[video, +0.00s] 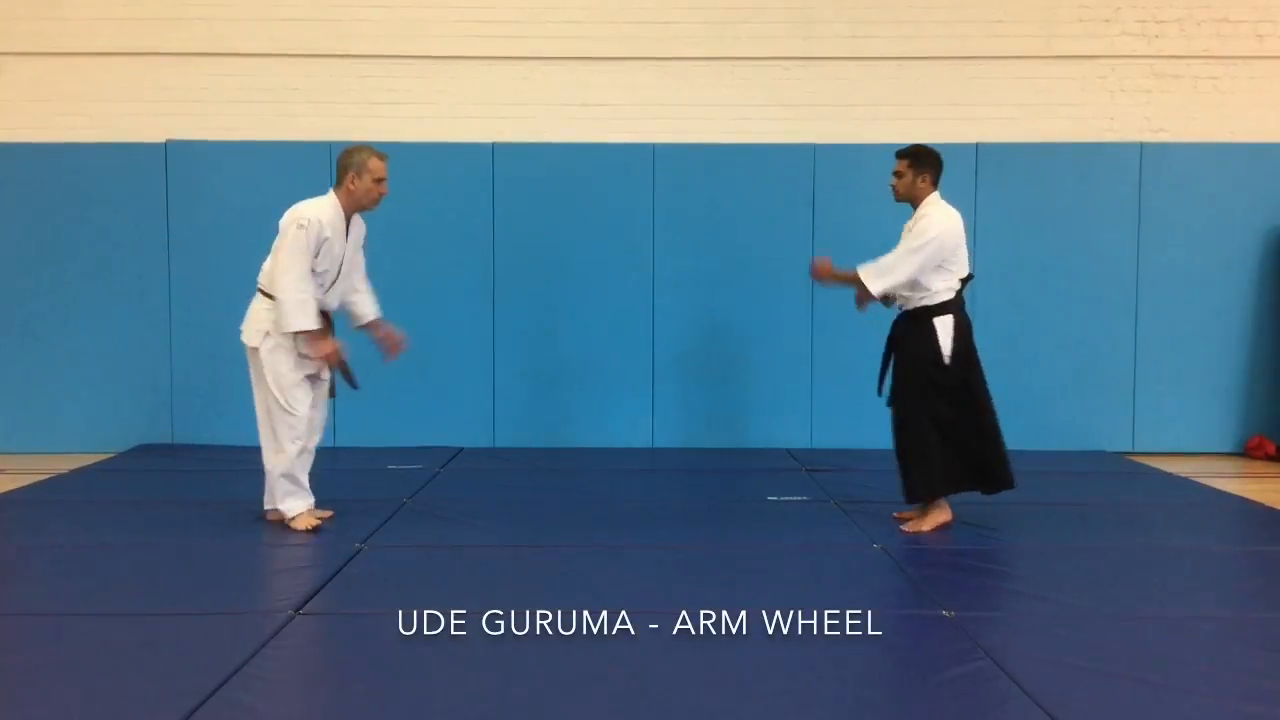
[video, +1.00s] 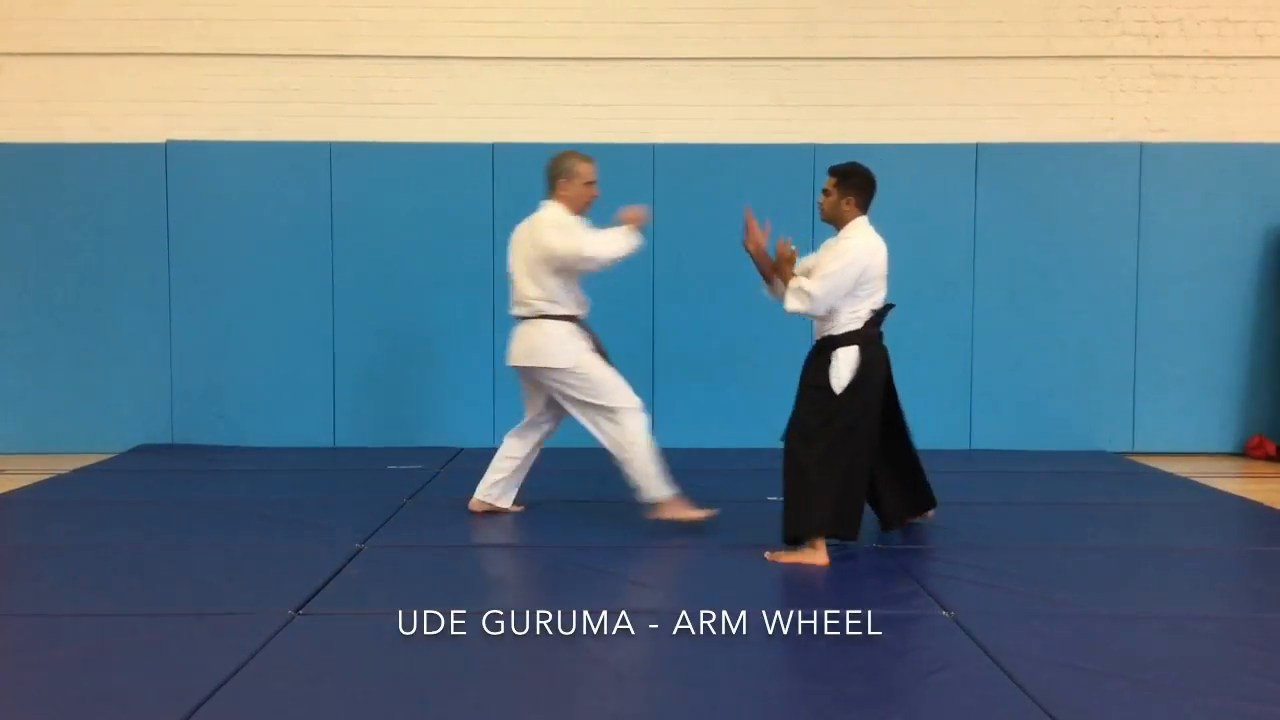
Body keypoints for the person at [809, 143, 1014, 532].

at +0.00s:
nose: (892, 181)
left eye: (899, 175)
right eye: (894, 175)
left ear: (923, 179)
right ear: (919, 180)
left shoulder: (939, 221)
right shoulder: (919, 220)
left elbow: (899, 266)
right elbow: (915, 276)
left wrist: (836, 275)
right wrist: (879, 288)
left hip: (936, 327)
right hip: (919, 325)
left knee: (922, 413)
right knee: (912, 413)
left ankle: (938, 504)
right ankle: (927, 501)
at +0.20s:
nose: (896, 179)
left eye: (903, 173)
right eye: (897, 173)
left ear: (926, 177)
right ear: (924, 178)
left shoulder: (933, 217)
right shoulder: (928, 214)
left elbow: (885, 245)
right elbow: (892, 247)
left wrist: (828, 225)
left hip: (917, 323)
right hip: (929, 320)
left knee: (887, 403)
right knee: (931, 406)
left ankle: (898, 505)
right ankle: (937, 501)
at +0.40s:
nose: (886, 181)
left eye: (892, 175)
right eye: (887, 174)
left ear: (916, 179)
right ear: (915, 180)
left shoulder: (919, 219)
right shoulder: (926, 215)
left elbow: (868, 247)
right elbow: (890, 274)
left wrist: (819, 224)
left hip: (906, 325)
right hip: (922, 322)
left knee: (876, 406)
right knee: (925, 409)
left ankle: (875, 508)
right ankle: (936, 501)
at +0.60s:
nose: (866, 186)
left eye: (873, 180)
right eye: (868, 180)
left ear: (898, 185)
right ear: (896, 185)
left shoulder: (898, 224)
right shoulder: (913, 220)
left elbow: (863, 276)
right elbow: (888, 290)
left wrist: (823, 248)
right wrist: (846, 296)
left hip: (892, 332)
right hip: (913, 327)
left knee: (858, 412)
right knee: (918, 414)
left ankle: (851, 510)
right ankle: (934, 500)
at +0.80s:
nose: (849, 199)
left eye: (857, 193)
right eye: (852, 192)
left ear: (881, 200)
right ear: (880, 200)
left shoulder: (886, 243)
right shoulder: (893, 236)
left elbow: (849, 297)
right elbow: (864, 298)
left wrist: (813, 280)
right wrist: (821, 303)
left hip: (871, 345)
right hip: (889, 342)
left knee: (834, 423)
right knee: (906, 422)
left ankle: (813, 514)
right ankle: (930, 500)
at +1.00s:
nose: (820, 198)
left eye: (827, 193)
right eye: (823, 192)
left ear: (848, 200)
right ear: (851, 202)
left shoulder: (856, 245)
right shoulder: (849, 240)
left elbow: (818, 300)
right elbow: (794, 287)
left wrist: (787, 270)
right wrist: (761, 259)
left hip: (842, 355)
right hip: (858, 351)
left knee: (806, 443)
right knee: (872, 433)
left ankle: (813, 545)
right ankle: (911, 503)